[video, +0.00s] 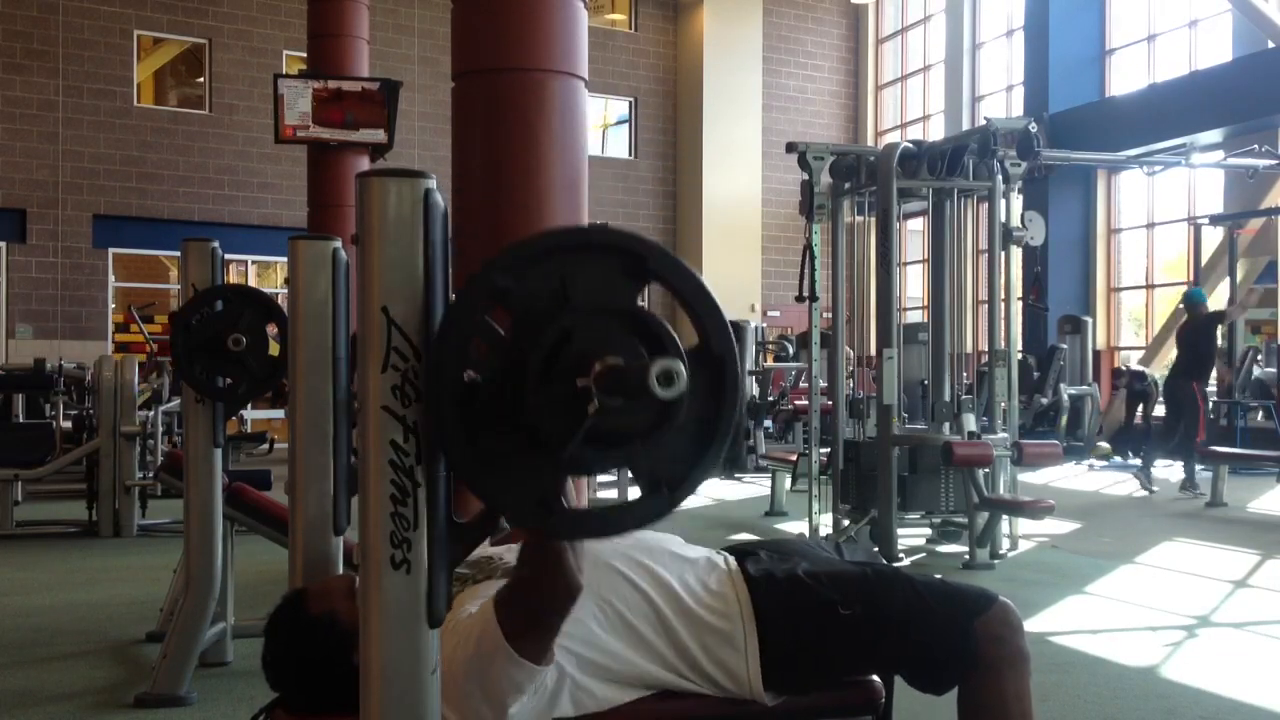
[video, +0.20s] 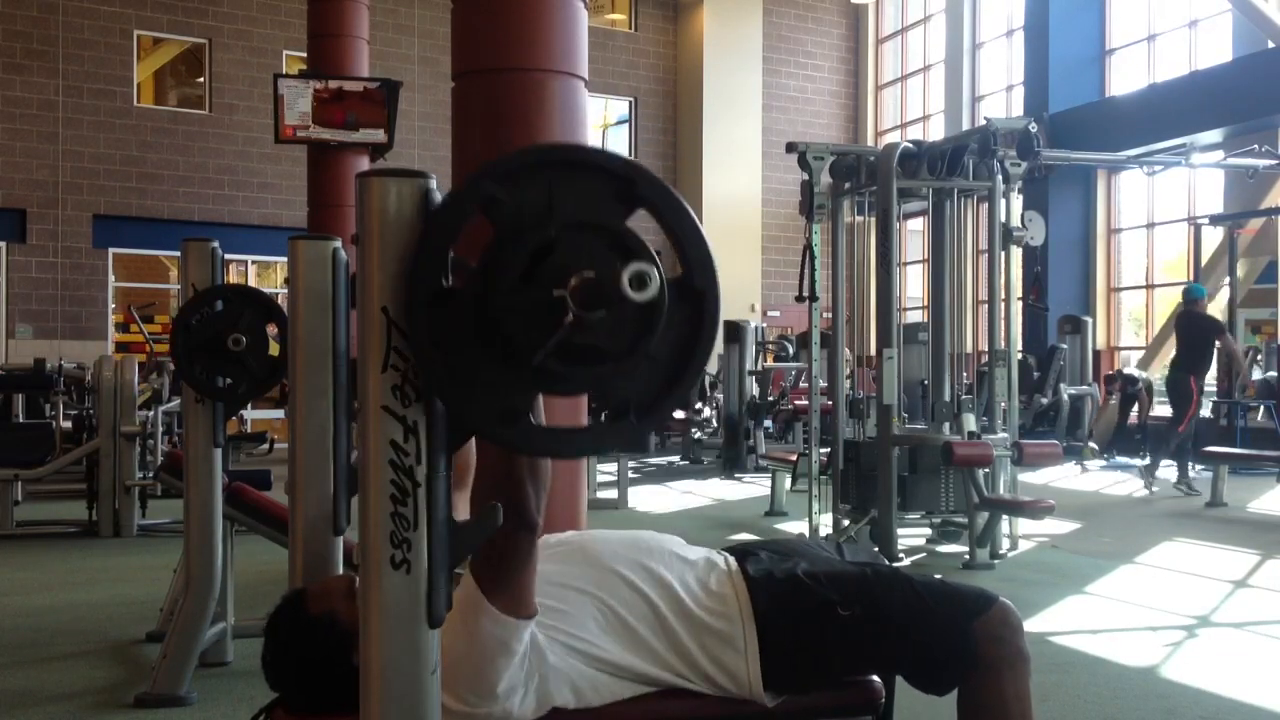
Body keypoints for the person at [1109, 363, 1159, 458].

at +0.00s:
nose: (1118, 385)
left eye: (1119, 382)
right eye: (1116, 383)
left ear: (1124, 377)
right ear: (1114, 380)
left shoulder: (1141, 375)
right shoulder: (1118, 381)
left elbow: (1153, 393)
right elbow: (1112, 401)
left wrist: (1149, 412)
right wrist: (1103, 421)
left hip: (1147, 391)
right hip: (1133, 391)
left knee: (1146, 419)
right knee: (1128, 420)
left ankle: (1147, 448)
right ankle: (1125, 448)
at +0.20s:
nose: (1112, 391)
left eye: (1113, 388)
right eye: (1110, 389)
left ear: (1117, 382)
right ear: (1108, 385)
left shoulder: (1132, 379)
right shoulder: (1110, 385)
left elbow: (1144, 400)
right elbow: (1105, 405)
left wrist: (1141, 422)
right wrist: (1094, 426)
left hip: (1144, 388)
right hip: (1127, 390)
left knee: (1142, 421)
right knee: (1121, 421)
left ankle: (1143, 450)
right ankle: (1112, 449)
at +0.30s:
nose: (1109, 396)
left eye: (1109, 393)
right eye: (1107, 395)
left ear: (1113, 387)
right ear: (1103, 391)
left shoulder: (1128, 384)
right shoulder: (1106, 390)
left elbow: (1138, 404)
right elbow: (1100, 406)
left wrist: (1136, 423)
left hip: (1140, 389)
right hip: (1122, 392)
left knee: (1139, 421)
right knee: (1117, 422)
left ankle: (1143, 450)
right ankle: (1109, 449)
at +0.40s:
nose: (1103, 402)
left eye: (1103, 399)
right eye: (1101, 400)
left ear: (1107, 393)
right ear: (1098, 396)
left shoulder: (1121, 389)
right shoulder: (1098, 392)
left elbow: (1131, 413)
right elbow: (1093, 409)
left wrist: (1128, 433)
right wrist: (1086, 428)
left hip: (1136, 388)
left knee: (1136, 421)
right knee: (1112, 422)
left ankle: (1143, 449)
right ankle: (1109, 450)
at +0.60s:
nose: (1096, 412)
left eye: (1096, 409)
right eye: (1093, 411)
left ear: (1099, 401)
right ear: (1088, 406)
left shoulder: (1111, 401)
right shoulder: (1090, 399)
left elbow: (1115, 425)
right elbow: (1085, 420)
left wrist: (1114, 449)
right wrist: (1084, 442)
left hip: (1128, 387)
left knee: (1128, 422)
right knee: (1107, 425)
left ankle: (1142, 450)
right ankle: (1107, 451)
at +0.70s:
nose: (1093, 411)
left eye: (1092, 408)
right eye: (1090, 410)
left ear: (1095, 402)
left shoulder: (1108, 400)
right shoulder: (1087, 398)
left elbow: (1113, 425)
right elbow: (1085, 421)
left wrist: (1112, 449)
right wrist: (1085, 443)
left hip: (1127, 388)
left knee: (1125, 423)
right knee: (1105, 426)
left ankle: (1136, 451)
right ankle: (1106, 450)